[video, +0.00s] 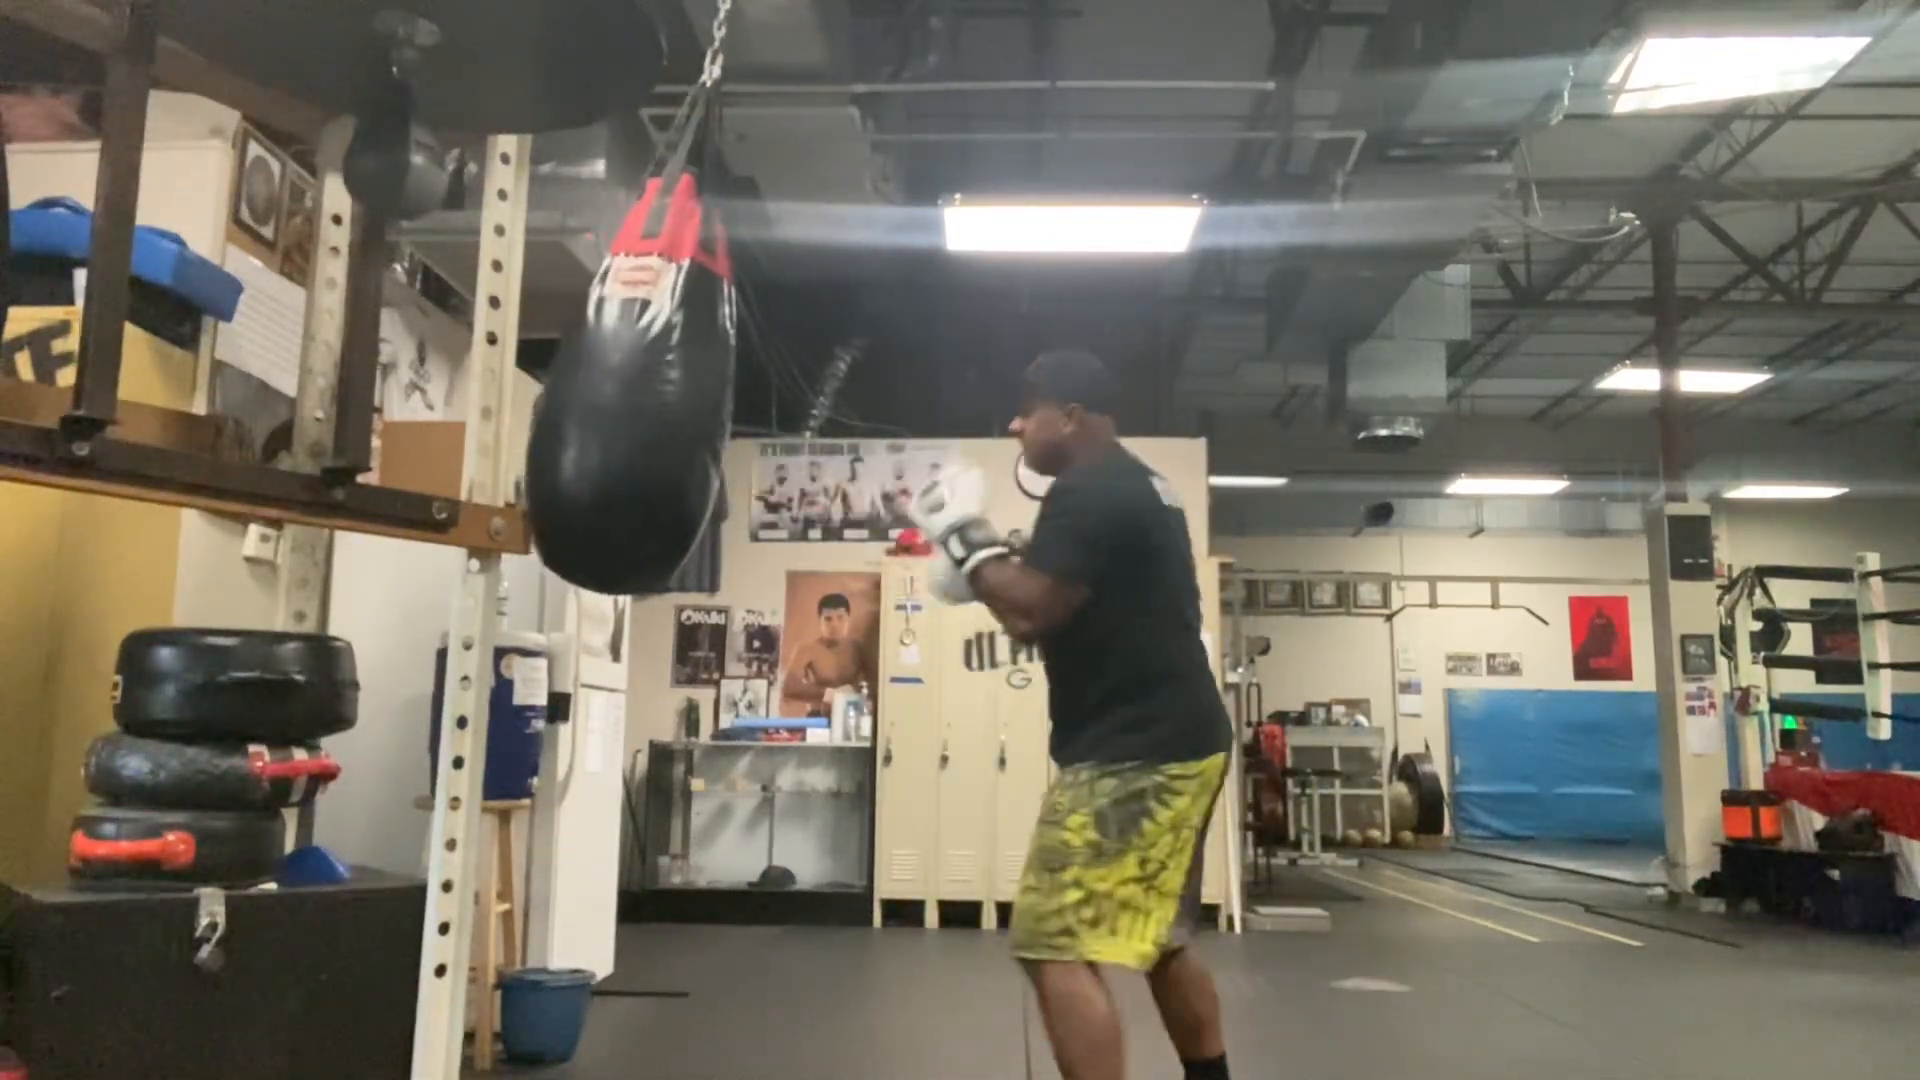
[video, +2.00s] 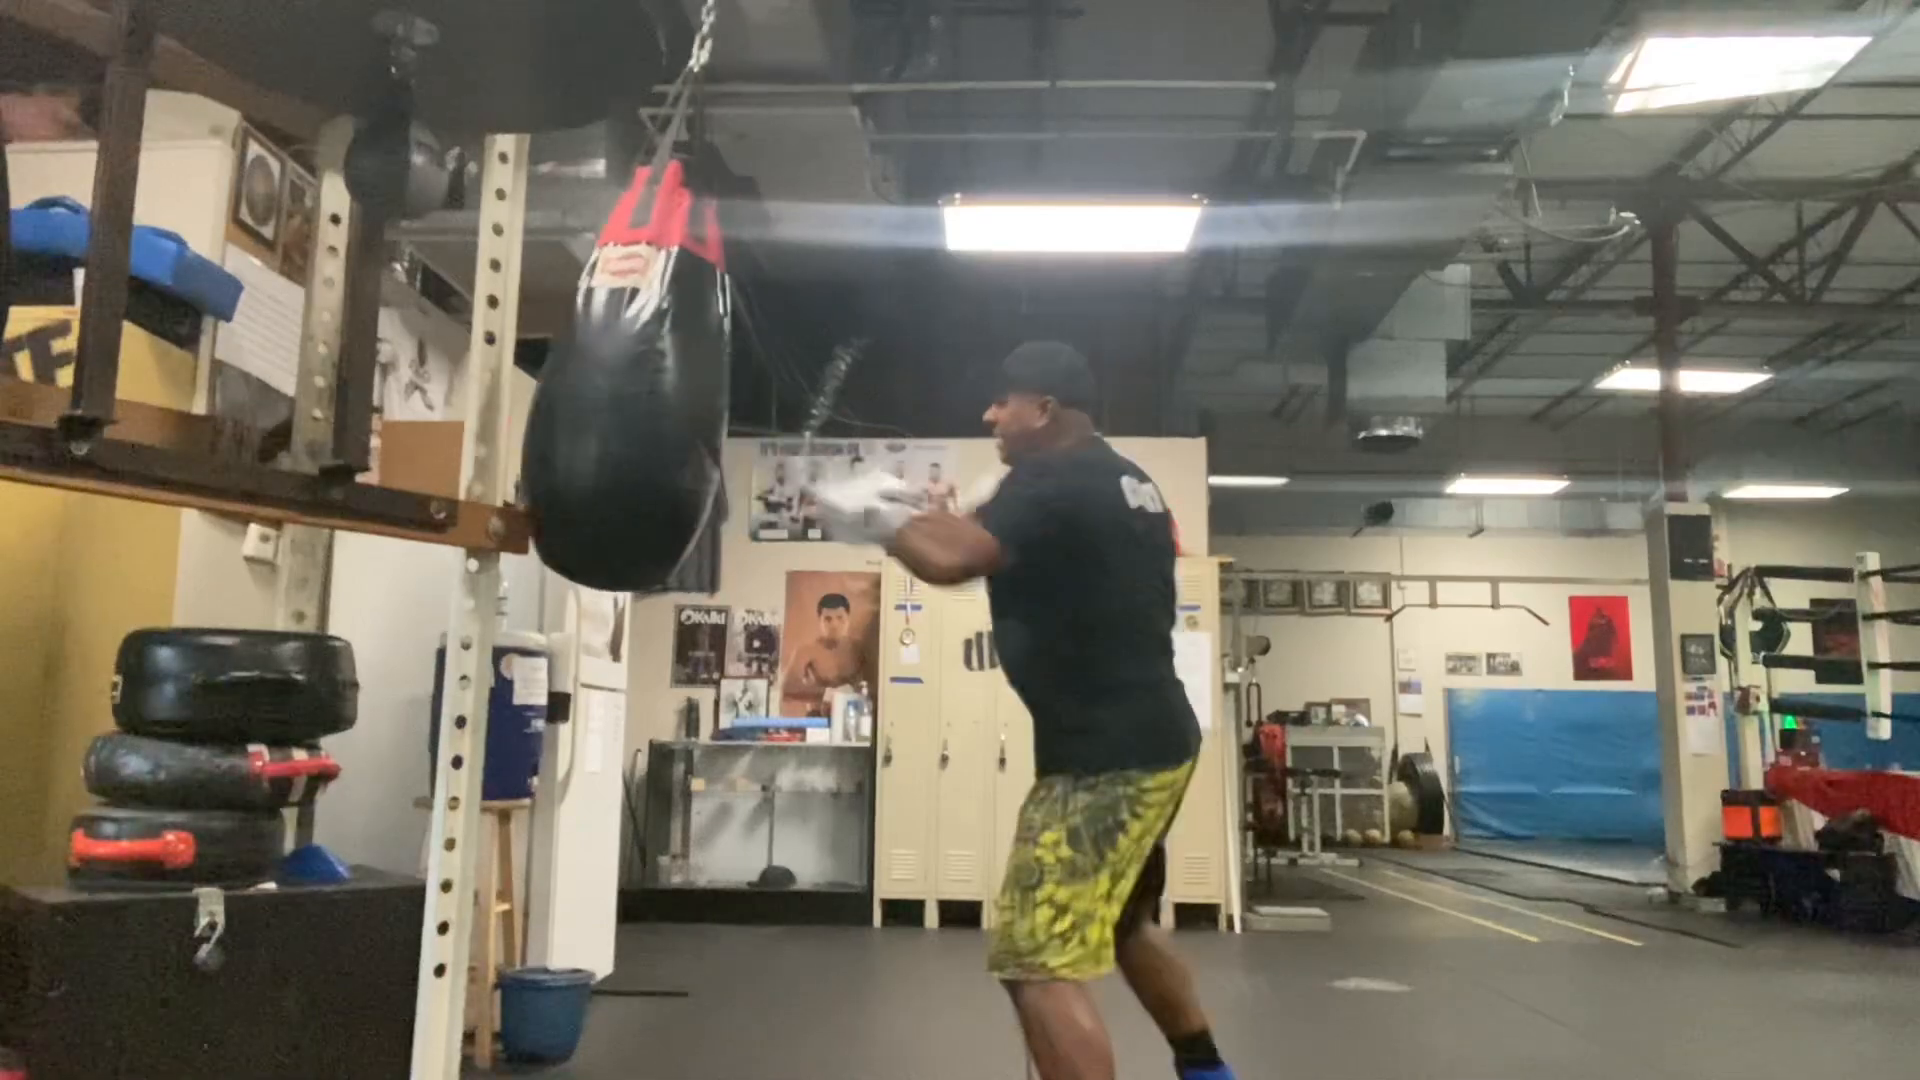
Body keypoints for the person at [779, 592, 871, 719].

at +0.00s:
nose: (834, 625)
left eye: (840, 618)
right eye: (828, 619)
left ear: (848, 620)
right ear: (819, 621)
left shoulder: (857, 650)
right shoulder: (805, 651)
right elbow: (789, 688)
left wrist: (816, 688)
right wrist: (829, 694)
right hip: (819, 717)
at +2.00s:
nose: (834, 625)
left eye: (840, 618)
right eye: (828, 619)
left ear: (848, 620)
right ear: (819, 620)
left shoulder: (859, 650)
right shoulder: (806, 652)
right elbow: (789, 687)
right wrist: (825, 692)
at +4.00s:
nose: (834, 624)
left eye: (840, 618)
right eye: (828, 619)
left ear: (848, 620)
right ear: (819, 621)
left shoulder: (857, 652)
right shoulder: (807, 652)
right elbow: (790, 688)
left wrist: (816, 687)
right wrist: (828, 693)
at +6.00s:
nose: (834, 625)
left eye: (840, 618)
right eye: (828, 619)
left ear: (848, 619)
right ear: (819, 620)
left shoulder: (857, 651)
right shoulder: (809, 651)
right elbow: (789, 686)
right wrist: (827, 693)